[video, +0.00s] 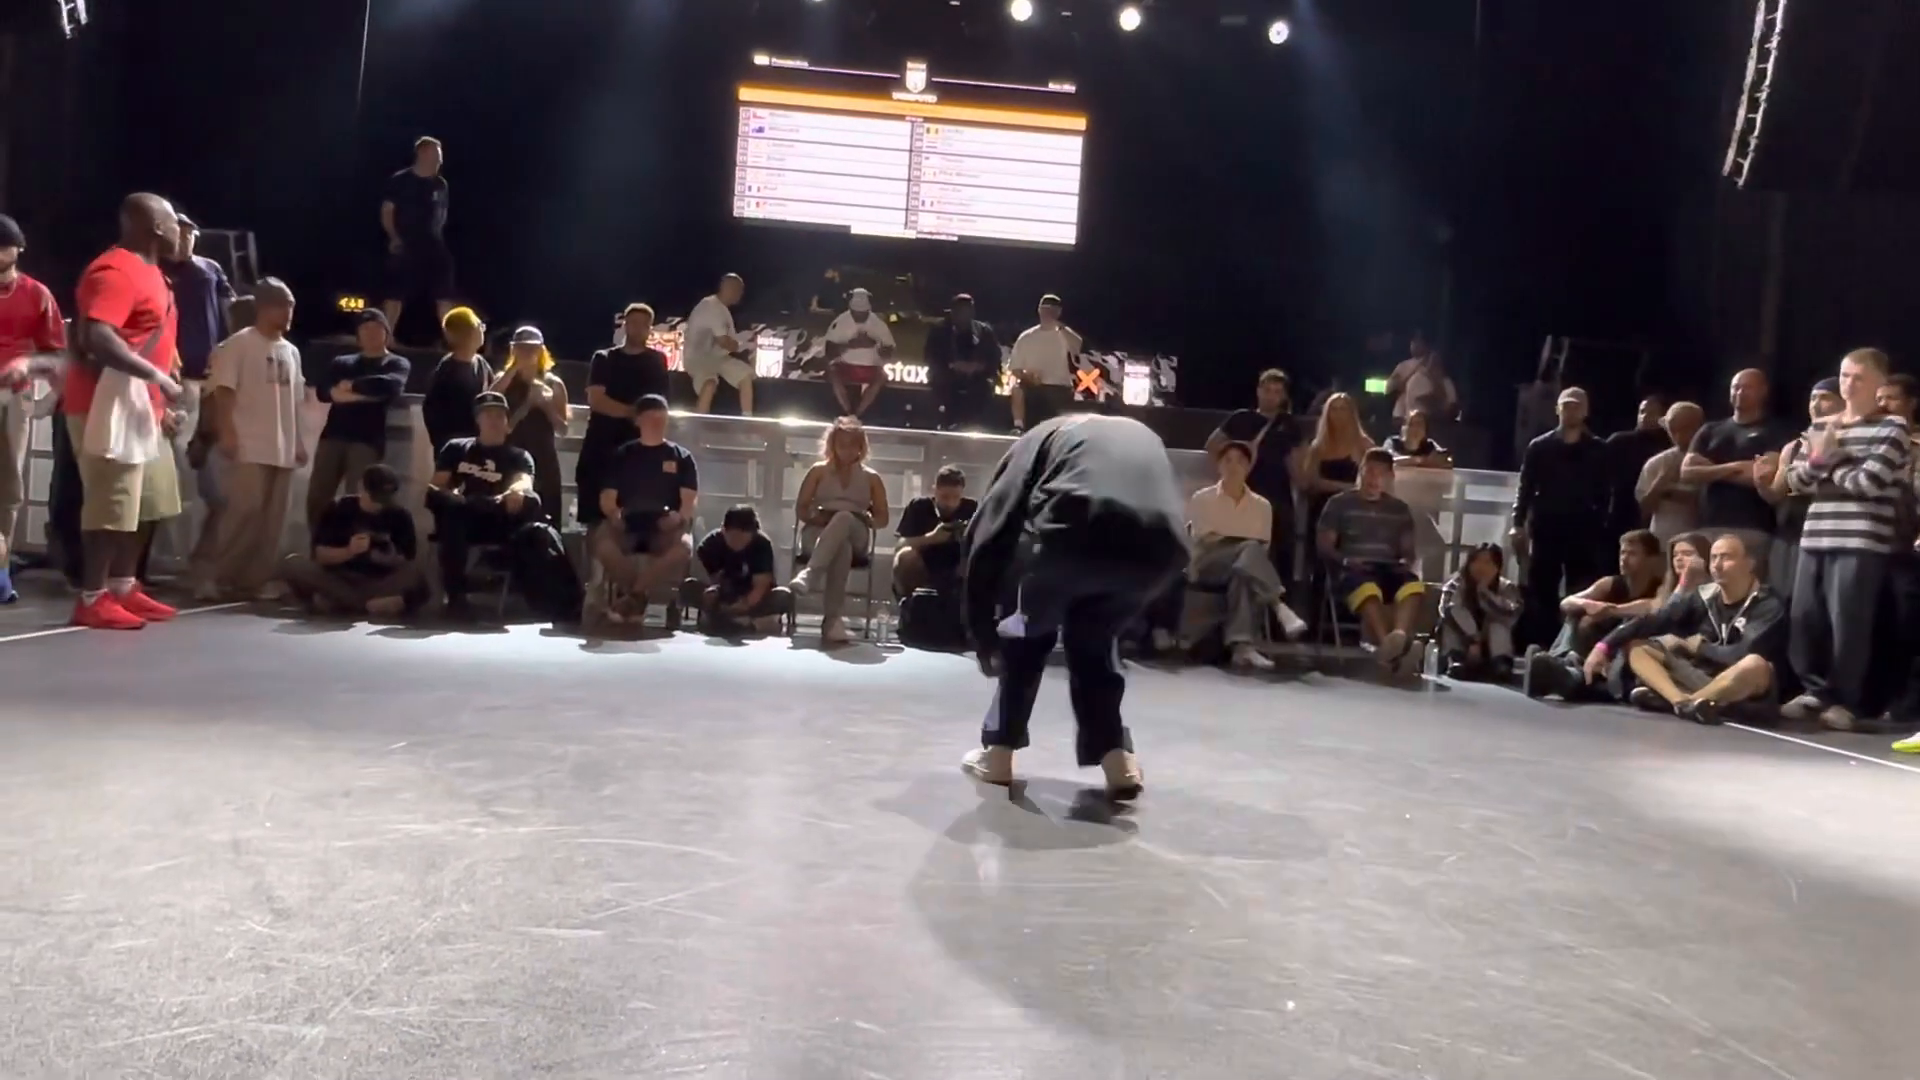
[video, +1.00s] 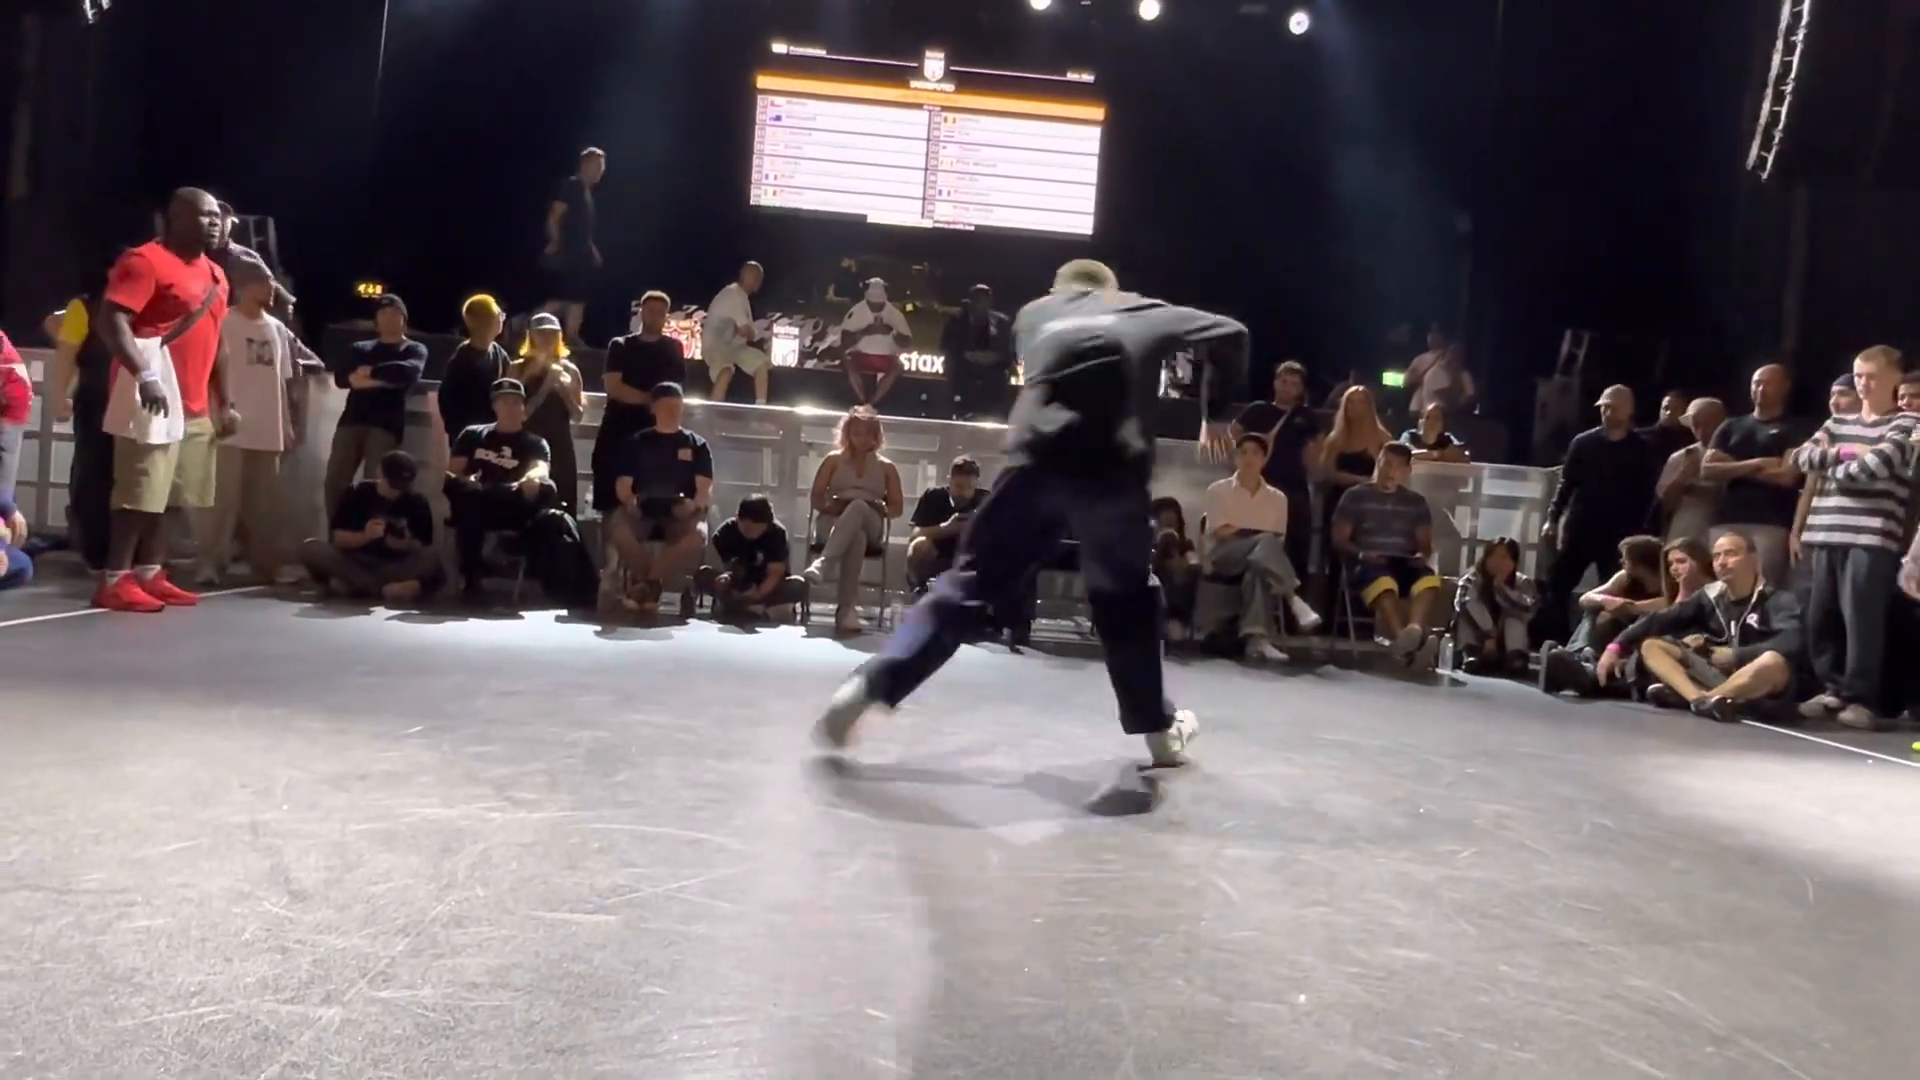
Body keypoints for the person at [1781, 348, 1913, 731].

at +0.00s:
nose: (1847, 384)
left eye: (1857, 378)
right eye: (1844, 377)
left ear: (1879, 385)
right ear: (1839, 381)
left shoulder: (1893, 429)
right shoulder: (1826, 428)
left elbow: (1870, 481)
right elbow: (1794, 480)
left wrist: (1827, 471)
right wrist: (1823, 455)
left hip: (1859, 539)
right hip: (1815, 537)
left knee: (1849, 621)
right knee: (1804, 614)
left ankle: (1847, 702)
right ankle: (1814, 690)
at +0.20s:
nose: (1848, 386)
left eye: (1858, 379)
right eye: (1845, 378)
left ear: (1880, 385)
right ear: (1841, 383)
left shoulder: (1893, 429)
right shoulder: (1821, 429)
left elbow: (1864, 480)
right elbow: (1789, 475)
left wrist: (1814, 472)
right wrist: (1835, 463)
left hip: (1860, 539)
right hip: (1815, 539)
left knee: (1849, 620)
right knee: (1809, 618)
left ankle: (1848, 702)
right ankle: (1818, 691)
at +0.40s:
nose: (1848, 386)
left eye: (1858, 380)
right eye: (1845, 379)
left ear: (1881, 385)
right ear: (1840, 384)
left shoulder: (1893, 429)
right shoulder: (1822, 430)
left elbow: (1870, 477)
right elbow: (1791, 477)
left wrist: (1819, 474)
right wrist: (1839, 462)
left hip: (1863, 538)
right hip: (1816, 538)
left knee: (1853, 622)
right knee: (1814, 619)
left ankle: (1852, 703)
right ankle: (1822, 694)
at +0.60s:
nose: (1848, 388)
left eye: (1857, 382)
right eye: (1845, 382)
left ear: (1880, 385)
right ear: (1842, 385)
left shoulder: (1895, 428)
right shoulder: (1825, 428)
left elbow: (1870, 474)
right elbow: (1791, 465)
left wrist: (1821, 472)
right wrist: (1840, 459)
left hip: (1864, 537)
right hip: (1818, 537)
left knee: (1854, 620)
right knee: (1816, 619)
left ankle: (1854, 703)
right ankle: (1824, 693)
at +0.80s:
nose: (1854, 387)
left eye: (1862, 381)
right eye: (1851, 380)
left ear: (1886, 383)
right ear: (1847, 383)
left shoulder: (1899, 426)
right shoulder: (1830, 427)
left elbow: (1871, 471)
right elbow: (1792, 462)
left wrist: (1825, 469)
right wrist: (1841, 457)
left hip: (1866, 535)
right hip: (1820, 535)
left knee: (1856, 619)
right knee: (1817, 618)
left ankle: (1857, 701)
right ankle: (1827, 693)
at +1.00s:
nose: (1861, 383)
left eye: (1870, 377)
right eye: (1858, 376)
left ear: (1894, 380)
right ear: (1854, 380)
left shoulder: (1905, 423)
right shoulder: (1839, 422)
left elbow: (1876, 467)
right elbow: (1798, 458)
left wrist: (1831, 466)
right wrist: (1846, 453)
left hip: (1870, 534)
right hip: (1824, 532)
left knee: (1861, 618)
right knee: (1820, 615)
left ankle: (1863, 699)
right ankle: (1832, 689)